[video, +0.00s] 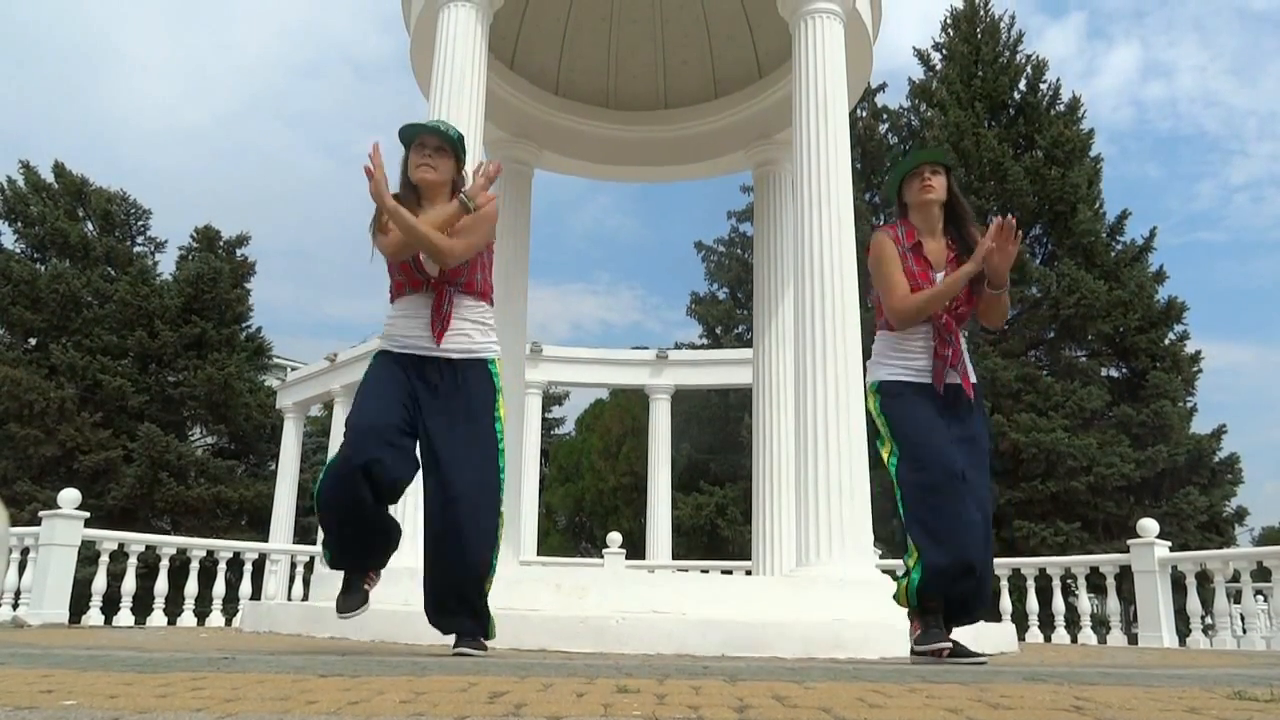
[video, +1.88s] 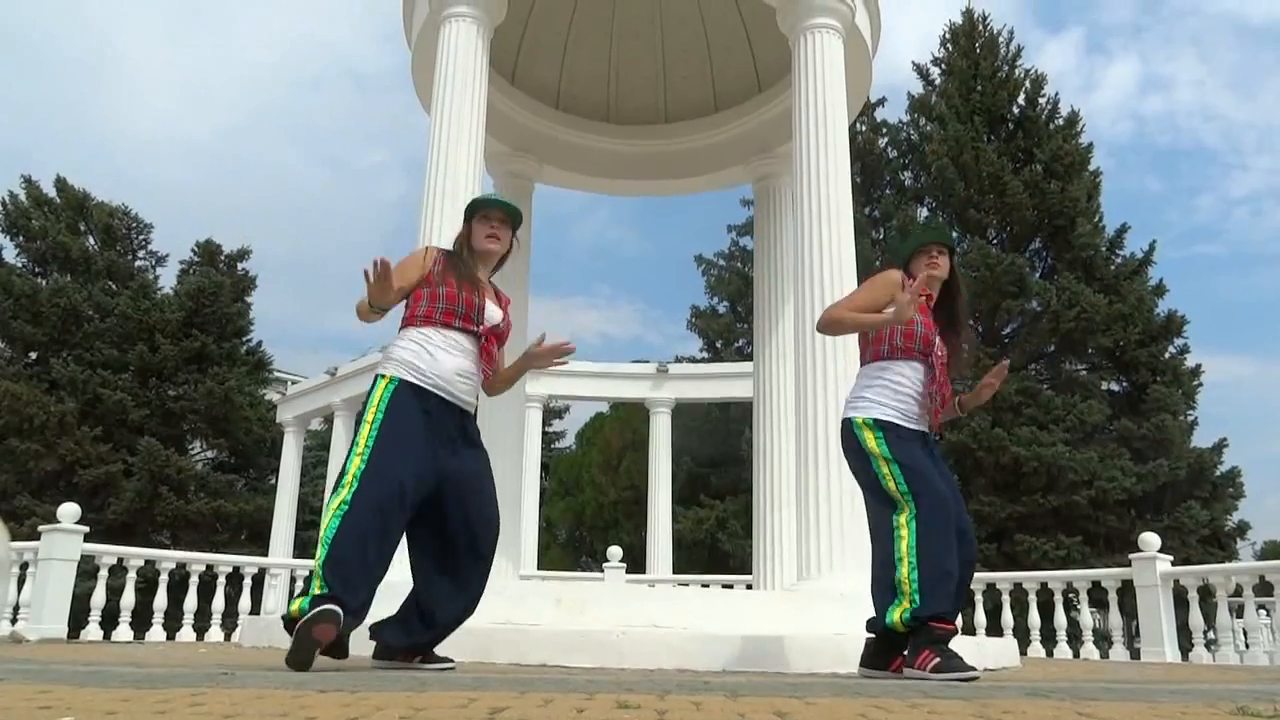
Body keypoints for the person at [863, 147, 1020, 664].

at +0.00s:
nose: (927, 177)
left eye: (936, 172)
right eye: (917, 173)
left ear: (949, 190)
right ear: (902, 193)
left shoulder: (965, 243)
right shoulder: (887, 240)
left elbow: (993, 320)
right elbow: (899, 311)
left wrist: (999, 275)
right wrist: (971, 268)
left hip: (955, 383)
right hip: (900, 381)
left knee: (969, 489)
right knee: (938, 482)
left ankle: (938, 627)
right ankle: (926, 622)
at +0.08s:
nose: (921, 148)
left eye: (930, 143)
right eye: (911, 144)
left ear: (948, 162)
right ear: (895, 163)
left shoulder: (969, 213)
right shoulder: (883, 211)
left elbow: (1014, 276)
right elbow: (876, 278)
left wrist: (1021, 237)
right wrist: (926, 222)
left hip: (958, 363)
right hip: (905, 359)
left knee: (963, 481)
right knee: (927, 475)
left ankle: (935, 610)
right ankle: (931, 613)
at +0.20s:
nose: (924, 143)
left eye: (933, 138)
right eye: (913, 139)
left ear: (948, 156)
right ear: (897, 159)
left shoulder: (972, 213)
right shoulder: (885, 215)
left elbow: (1013, 262)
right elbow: (830, 271)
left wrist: (1057, 227)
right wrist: (840, 203)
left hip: (957, 370)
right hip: (902, 366)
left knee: (933, 484)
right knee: (927, 483)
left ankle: (889, 592)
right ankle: (925, 629)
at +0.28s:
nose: (930, 147)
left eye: (939, 141)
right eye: (919, 142)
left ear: (955, 160)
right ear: (902, 162)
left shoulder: (972, 222)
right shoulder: (886, 213)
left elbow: (1011, 290)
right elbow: (855, 286)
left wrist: (1048, 251)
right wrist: (895, 217)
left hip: (950, 370)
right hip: (901, 363)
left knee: (936, 480)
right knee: (937, 475)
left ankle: (884, 596)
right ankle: (924, 630)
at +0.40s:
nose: (944, 148)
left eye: (954, 143)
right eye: (933, 143)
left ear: (965, 162)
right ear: (916, 160)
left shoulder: (970, 219)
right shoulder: (906, 202)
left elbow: (998, 299)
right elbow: (912, 278)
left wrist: (1019, 251)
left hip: (933, 365)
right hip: (891, 360)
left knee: (910, 488)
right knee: (934, 484)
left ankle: (884, 612)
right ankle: (922, 628)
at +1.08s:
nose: (921, 226)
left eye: (930, 221)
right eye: (912, 220)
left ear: (940, 233)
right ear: (894, 228)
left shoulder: (927, 291)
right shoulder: (879, 255)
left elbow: (952, 359)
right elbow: (844, 300)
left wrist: (980, 329)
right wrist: (912, 269)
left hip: (911, 395)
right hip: (879, 387)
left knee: (936, 502)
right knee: (922, 495)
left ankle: (886, 635)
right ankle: (914, 635)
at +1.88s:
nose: (936, 259)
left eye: (944, 257)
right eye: (928, 254)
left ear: (950, 277)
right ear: (910, 265)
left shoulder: (934, 329)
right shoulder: (893, 281)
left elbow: (934, 411)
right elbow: (827, 321)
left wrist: (976, 396)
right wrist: (888, 317)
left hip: (914, 430)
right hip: (876, 418)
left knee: (956, 534)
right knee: (930, 510)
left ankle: (888, 644)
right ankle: (922, 644)